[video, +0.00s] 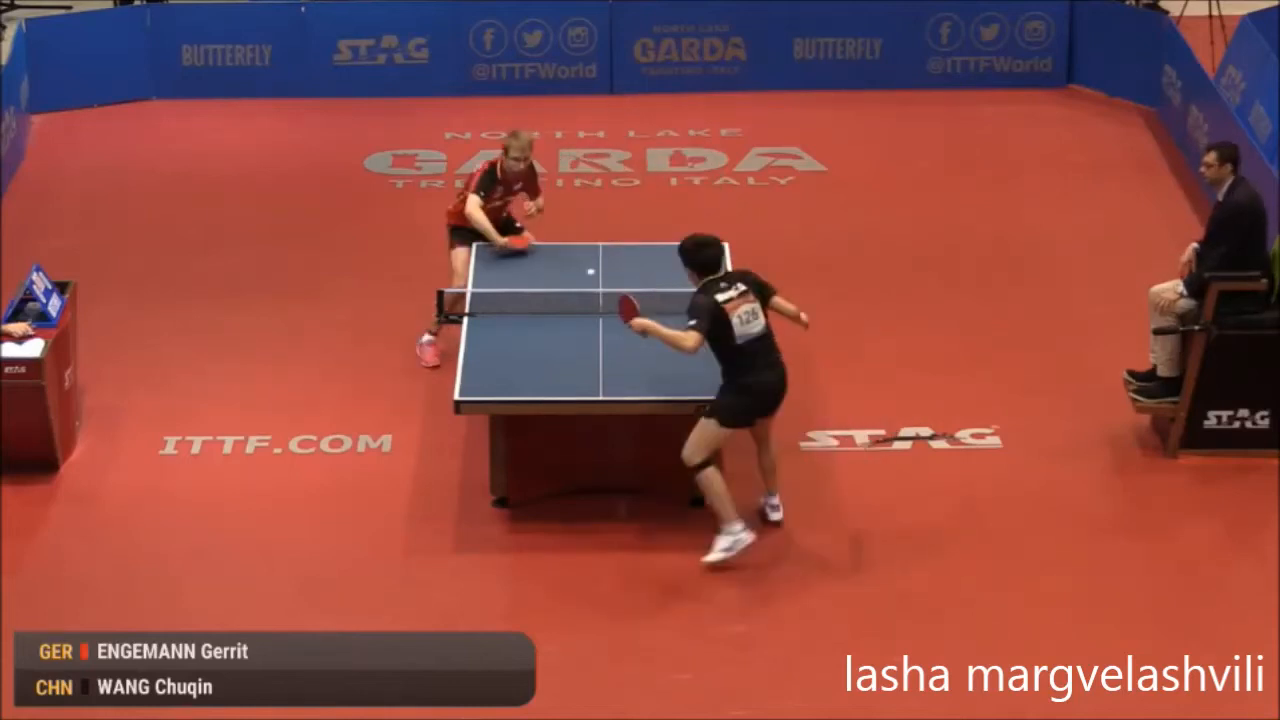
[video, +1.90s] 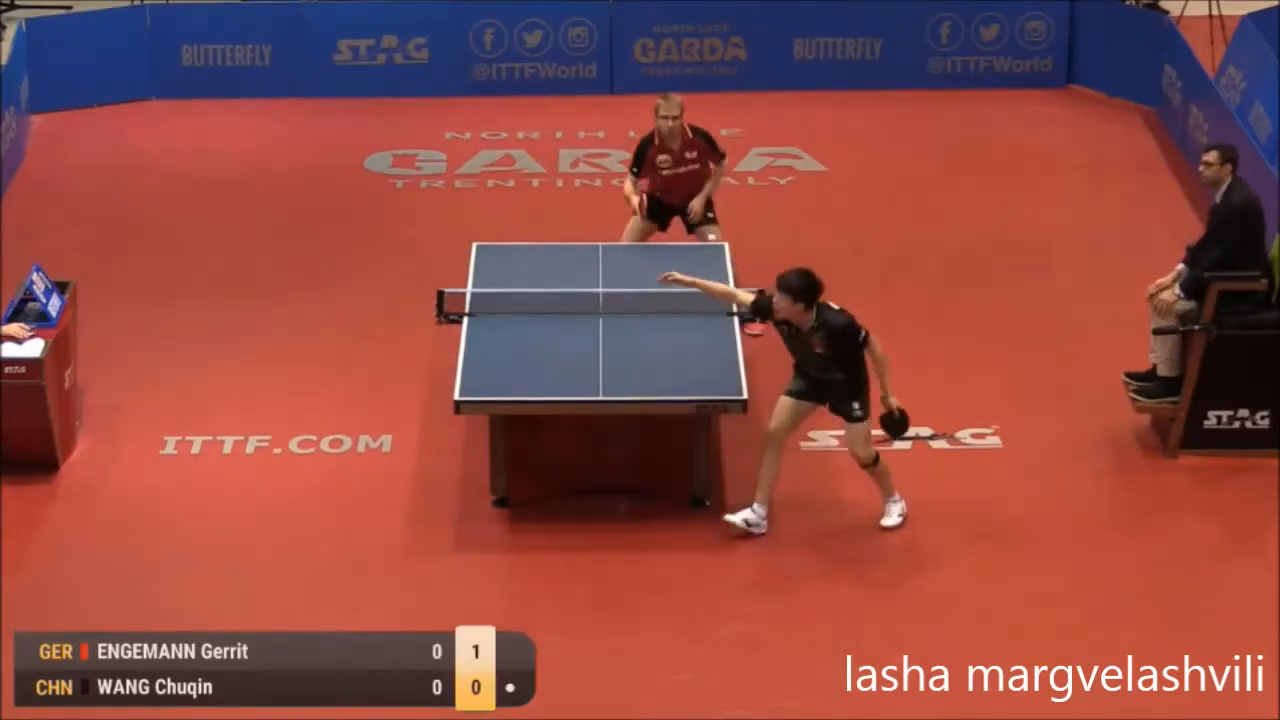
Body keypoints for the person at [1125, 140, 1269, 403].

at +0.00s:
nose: (1202, 171)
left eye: (1208, 166)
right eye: (1202, 165)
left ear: (1227, 168)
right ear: (1223, 168)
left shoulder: (1237, 203)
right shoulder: (1233, 194)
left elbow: (1220, 259)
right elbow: (1217, 238)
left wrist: (1184, 289)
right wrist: (1195, 247)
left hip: (1236, 291)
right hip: (1226, 280)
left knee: (1163, 304)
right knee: (1157, 294)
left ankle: (1170, 378)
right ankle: (1161, 368)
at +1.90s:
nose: (1200, 170)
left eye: (1207, 165)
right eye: (1200, 164)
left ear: (1227, 168)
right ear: (1220, 169)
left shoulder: (1237, 202)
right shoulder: (1226, 197)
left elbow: (1216, 257)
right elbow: (1205, 246)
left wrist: (1180, 291)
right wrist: (1173, 276)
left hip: (1240, 293)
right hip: (1225, 283)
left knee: (1166, 307)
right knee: (1158, 298)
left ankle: (1170, 380)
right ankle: (1161, 369)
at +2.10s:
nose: (1206, 170)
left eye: (1213, 165)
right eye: (1207, 164)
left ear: (1233, 168)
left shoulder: (1243, 202)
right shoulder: (1231, 197)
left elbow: (1220, 257)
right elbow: (1209, 247)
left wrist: (1182, 290)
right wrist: (1177, 275)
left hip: (1239, 293)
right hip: (1225, 283)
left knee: (1166, 307)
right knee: (1158, 298)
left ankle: (1170, 379)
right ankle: (1160, 369)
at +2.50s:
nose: (1208, 171)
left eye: (1215, 166)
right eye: (1208, 165)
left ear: (1234, 168)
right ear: (1230, 169)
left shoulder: (1245, 202)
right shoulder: (1236, 197)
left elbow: (1221, 257)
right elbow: (1209, 248)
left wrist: (1183, 290)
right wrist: (1178, 275)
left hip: (1239, 293)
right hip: (1225, 283)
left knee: (1165, 306)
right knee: (1158, 298)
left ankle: (1170, 379)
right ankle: (1160, 369)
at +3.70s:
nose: (1209, 175)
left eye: (1215, 169)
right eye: (1208, 169)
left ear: (1234, 169)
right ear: (1229, 170)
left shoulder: (1246, 203)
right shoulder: (1234, 198)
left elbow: (1222, 257)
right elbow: (1211, 245)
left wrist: (1184, 289)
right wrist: (1181, 273)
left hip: (1239, 292)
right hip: (1225, 282)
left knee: (1165, 305)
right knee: (1158, 296)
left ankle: (1170, 378)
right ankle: (1159, 369)